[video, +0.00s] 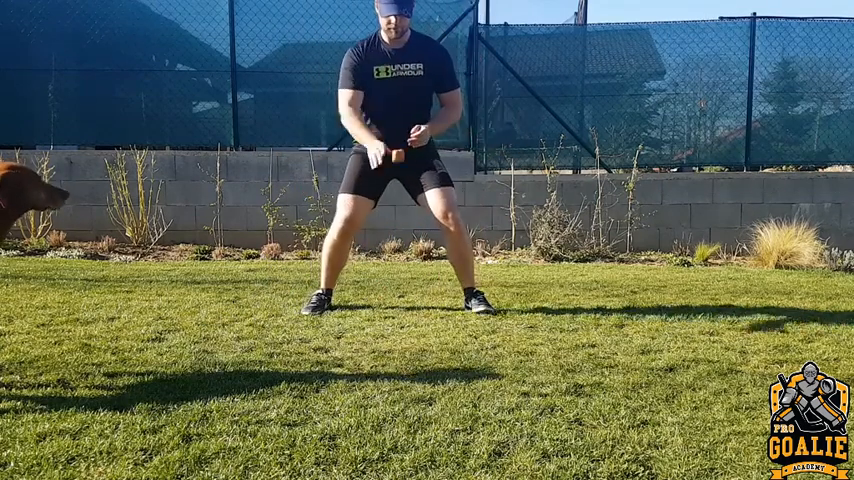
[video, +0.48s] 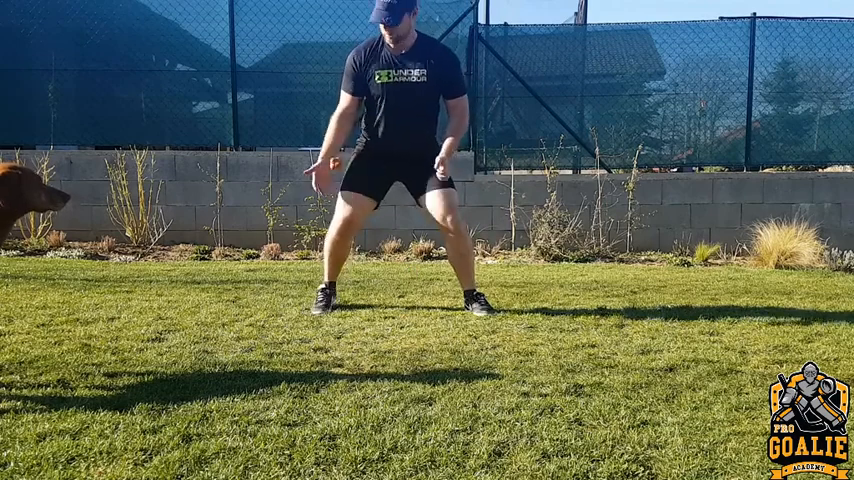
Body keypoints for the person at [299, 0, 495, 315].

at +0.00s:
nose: (394, 22)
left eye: (401, 15)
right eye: (388, 15)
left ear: (410, 15)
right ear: (378, 15)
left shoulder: (434, 52)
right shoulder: (359, 54)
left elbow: (453, 107)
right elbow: (347, 110)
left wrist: (430, 129)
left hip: (418, 146)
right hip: (371, 147)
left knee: (449, 215)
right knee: (345, 221)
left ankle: (471, 294)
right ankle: (324, 293)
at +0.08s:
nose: (398, 21)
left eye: (405, 15)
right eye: (392, 15)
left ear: (414, 15)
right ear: (381, 15)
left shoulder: (436, 52)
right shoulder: (362, 56)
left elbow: (456, 106)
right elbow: (350, 114)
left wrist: (434, 129)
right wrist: (359, 161)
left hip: (421, 150)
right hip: (374, 151)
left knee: (451, 216)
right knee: (345, 224)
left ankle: (472, 294)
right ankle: (324, 293)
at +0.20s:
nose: (405, 22)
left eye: (412, 15)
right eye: (398, 15)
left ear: (421, 13)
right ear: (387, 12)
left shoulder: (443, 52)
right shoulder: (366, 55)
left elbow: (463, 104)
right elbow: (351, 114)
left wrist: (448, 130)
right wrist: (346, 166)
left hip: (427, 151)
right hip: (380, 151)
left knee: (454, 216)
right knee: (350, 221)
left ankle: (472, 294)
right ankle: (324, 293)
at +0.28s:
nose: (407, 20)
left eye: (414, 13)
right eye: (401, 13)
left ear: (424, 12)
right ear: (390, 9)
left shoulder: (446, 50)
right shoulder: (368, 51)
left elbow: (464, 104)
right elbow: (351, 110)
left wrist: (451, 133)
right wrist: (344, 163)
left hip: (429, 150)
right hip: (381, 149)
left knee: (454, 216)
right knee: (352, 219)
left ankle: (472, 293)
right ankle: (325, 291)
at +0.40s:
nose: (404, 22)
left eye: (411, 15)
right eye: (398, 14)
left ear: (423, 13)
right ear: (389, 13)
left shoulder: (445, 54)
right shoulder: (367, 53)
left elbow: (462, 109)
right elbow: (350, 109)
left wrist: (452, 144)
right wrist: (336, 157)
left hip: (427, 153)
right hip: (377, 151)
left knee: (452, 222)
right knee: (349, 221)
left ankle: (472, 294)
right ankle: (333, 291)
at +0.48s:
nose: (388, 31)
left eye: (394, 24)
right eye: (383, 24)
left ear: (414, 15)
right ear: (377, 19)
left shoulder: (440, 57)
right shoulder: (362, 57)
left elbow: (459, 113)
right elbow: (345, 112)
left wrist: (447, 150)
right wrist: (326, 156)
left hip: (423, 156)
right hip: (374, 155)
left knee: (451, 220)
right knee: (344, 221)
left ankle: (472, 295)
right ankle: (327, 289)